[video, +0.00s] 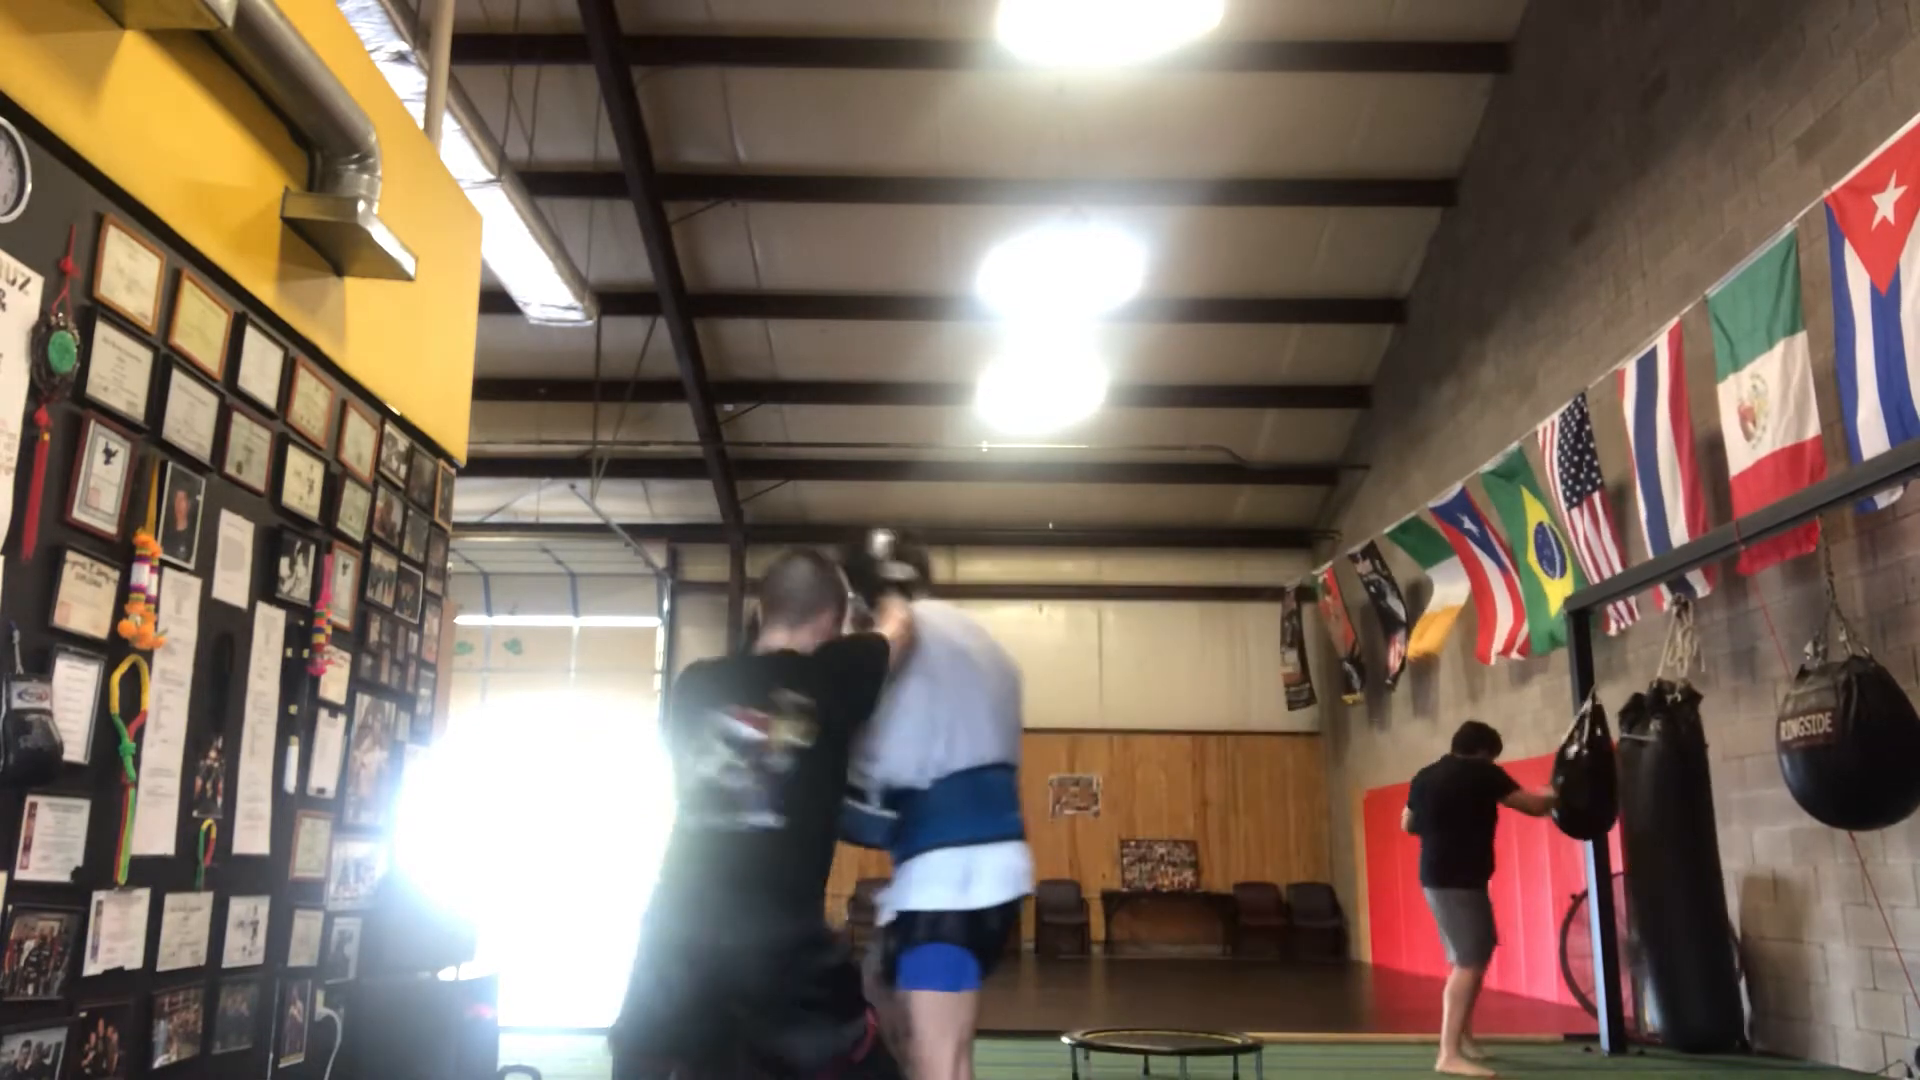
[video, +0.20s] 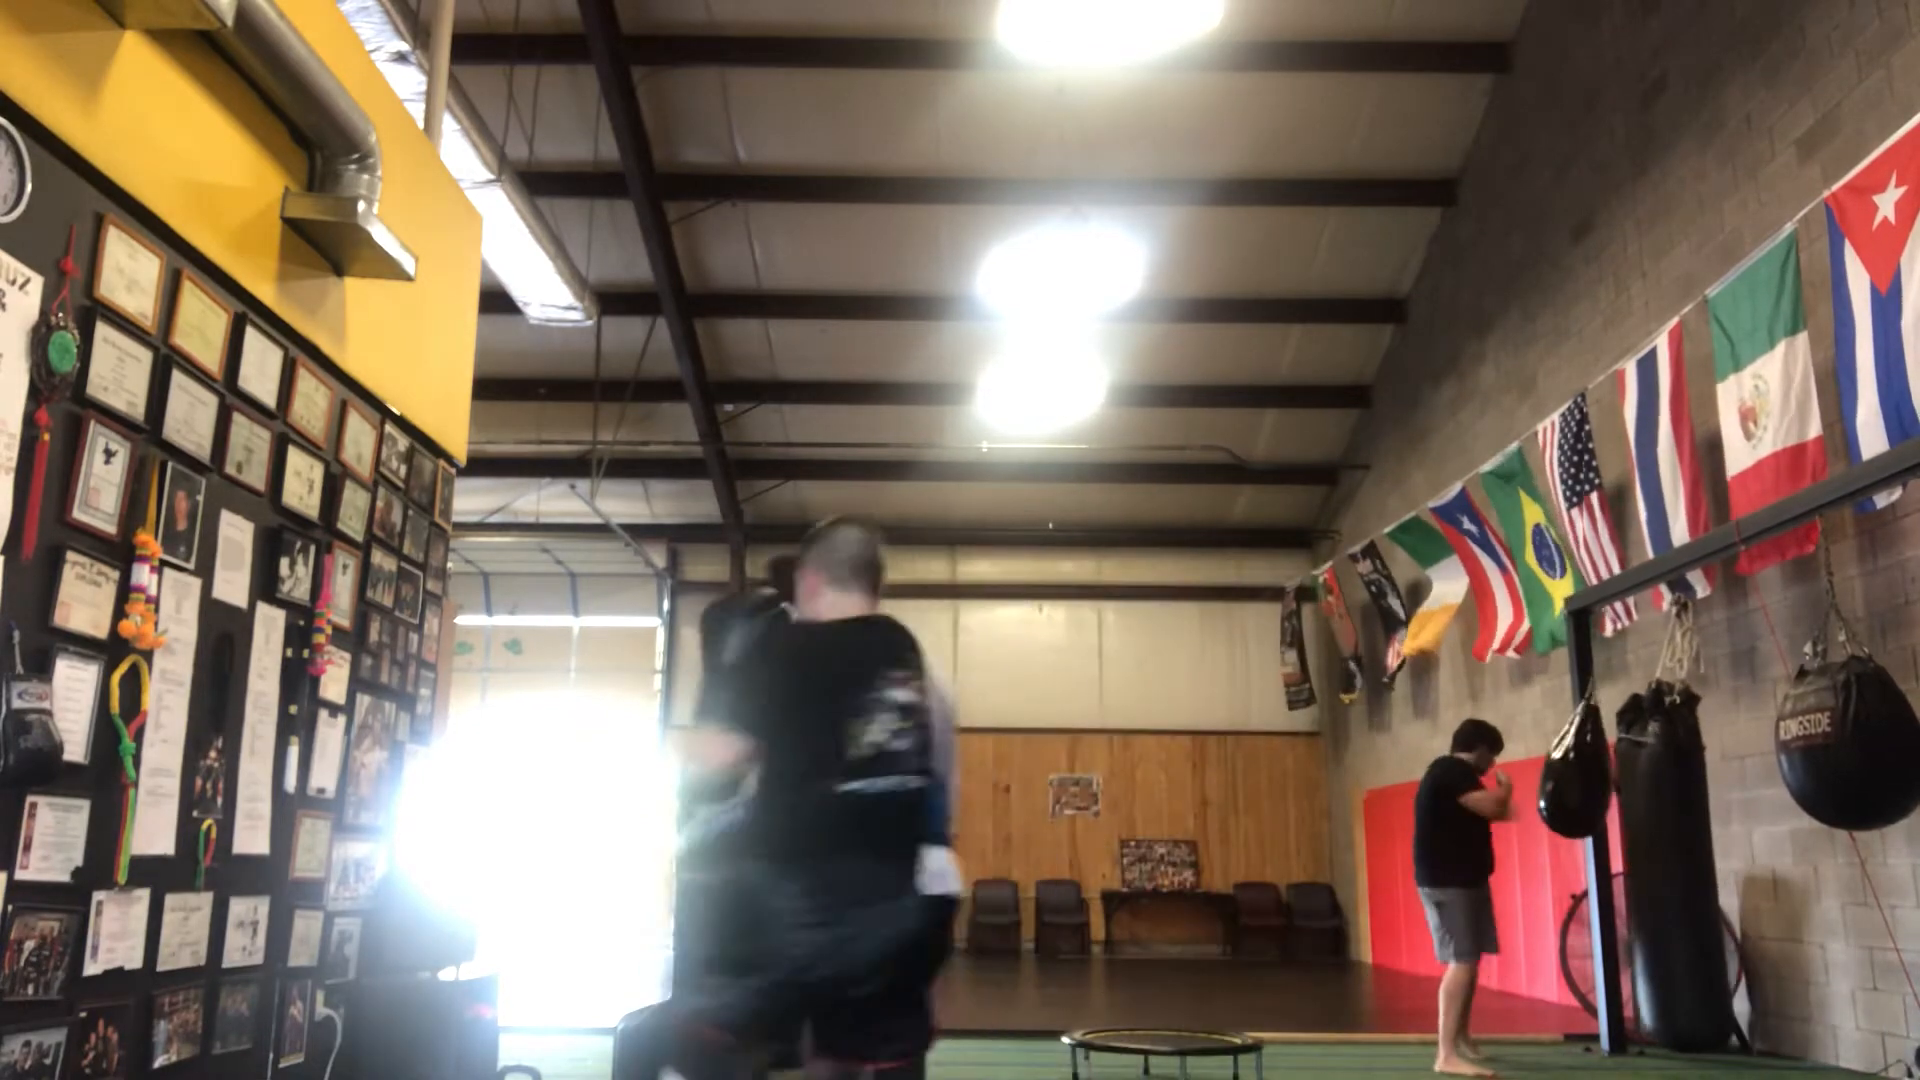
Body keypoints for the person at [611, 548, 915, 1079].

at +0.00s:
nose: (834, 630)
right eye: (837, 619)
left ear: (761, 609)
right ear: (830, 618)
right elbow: (896, 628)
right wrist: (890, 594)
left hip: (677, 951)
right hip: (782, 952)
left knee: (643, 1066)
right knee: (860, 1065)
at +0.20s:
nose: (799, 593)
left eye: (801, 581)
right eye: (802, 584)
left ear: (811, 579)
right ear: (876, 582)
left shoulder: (785, 647)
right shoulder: (902, 646)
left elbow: (719, 752)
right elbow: (925, 758)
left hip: (793, 875)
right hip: (891, 876)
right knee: (884, 1045)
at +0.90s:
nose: (955, 536)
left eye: (958, 517)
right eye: (955, 521)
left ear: (986, 504)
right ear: (1047, 505)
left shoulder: (991, 564)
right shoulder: (1093, 583)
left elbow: (850, 665)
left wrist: (857, 563)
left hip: (1031, 895)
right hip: (1104, 887)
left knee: (1001, 1066)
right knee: (1055, 1067)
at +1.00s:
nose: (986, 525)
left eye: (992, 505)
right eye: (988, 509)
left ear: (1023, 502)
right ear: (1081, 504)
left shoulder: (1029, 572)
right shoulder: (1127, 589)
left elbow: (893, 679)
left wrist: (892, 576)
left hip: (1055, 905)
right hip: (1130, 897)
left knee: (1027, 1067)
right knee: (1091, 1066)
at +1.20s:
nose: (1070, 565)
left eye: (1074, 545)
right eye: (1070, 548)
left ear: (1108, 534)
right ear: (1155, 537)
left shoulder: (1124, 606)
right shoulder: (1204, 620)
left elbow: (1053, 751)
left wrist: (992, 672)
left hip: (1127, 927)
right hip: (1194, 921)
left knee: (1076, 1066)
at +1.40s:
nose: (1148, 594)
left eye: (1151, 575)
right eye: (1145, 579)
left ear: (1187, 564)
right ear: (1204, 561)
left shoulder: (1223, 633)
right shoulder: (1263, 635)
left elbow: (1191, 791)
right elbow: (1193, 772)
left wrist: (1107, 702)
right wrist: (1132, 694)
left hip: (1246, 944)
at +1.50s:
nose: (1168, 582)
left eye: (1172, 562)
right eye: (1167, 566)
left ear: (1214, 553)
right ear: (1220, 553)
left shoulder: (1266, 617)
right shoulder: (1256, 626)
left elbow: (1209, 764)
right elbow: (1179, 773)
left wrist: (1144, 669)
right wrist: (1133, 669)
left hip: (1300, 925)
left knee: (1248, 1064)